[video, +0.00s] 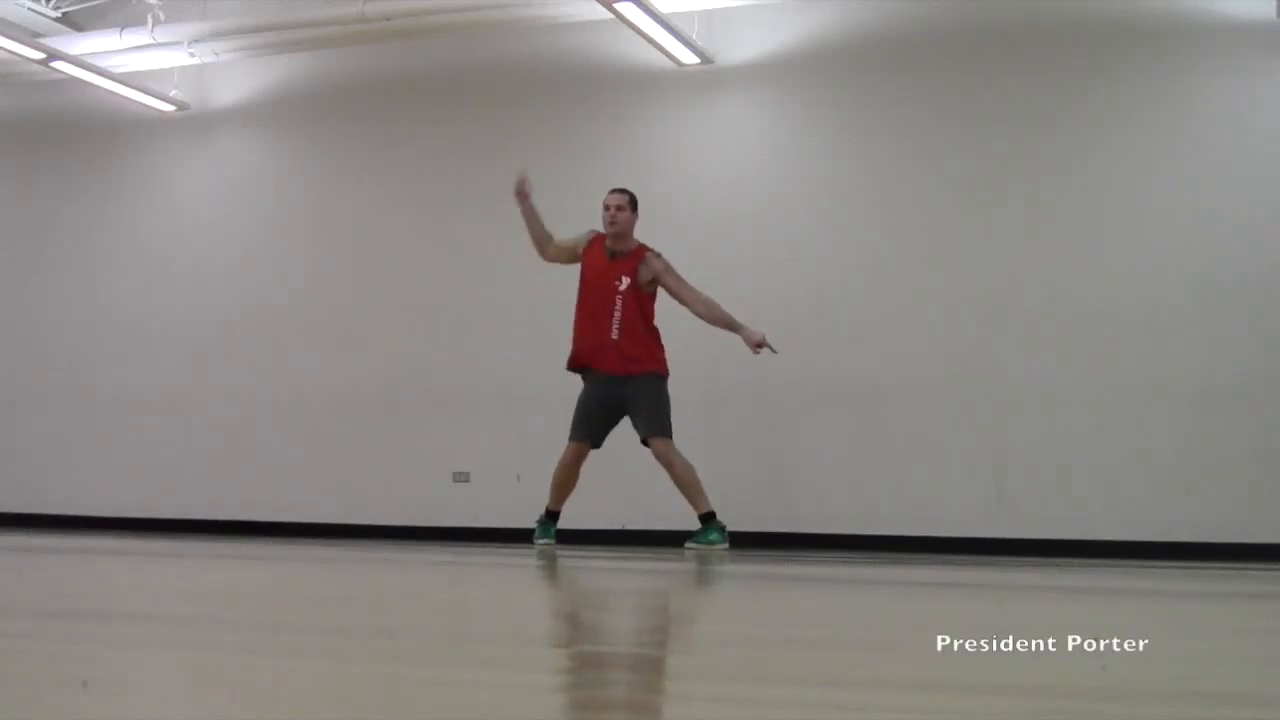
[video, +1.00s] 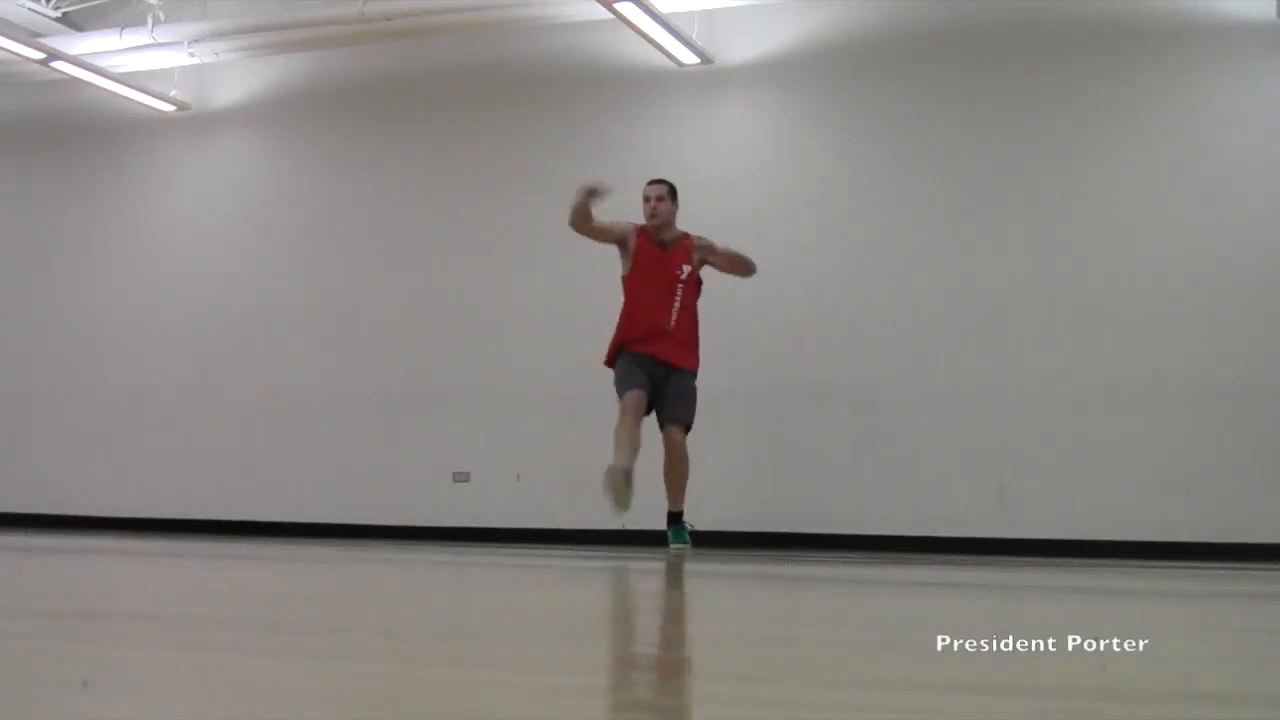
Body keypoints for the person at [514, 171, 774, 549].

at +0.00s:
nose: (610, 214)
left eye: (619, 209)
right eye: (606, 208)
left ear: (635, 217)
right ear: (601, 214)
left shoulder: (649, 262)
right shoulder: (589, 246)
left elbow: (696, 301)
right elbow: (549, 250)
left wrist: (743, 330)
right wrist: (526, 205)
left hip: (643, 373)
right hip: (600, 373)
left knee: (661, 448)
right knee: (575, 450)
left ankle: (710, 524)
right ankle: (548, 520)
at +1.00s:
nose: (652, 206)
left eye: (660, 200)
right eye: (647, 200)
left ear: (675, 206)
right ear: (642, 207)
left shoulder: (694, 246)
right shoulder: (630, 236)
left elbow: (747, 269)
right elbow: (582, 225)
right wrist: (582, 199)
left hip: (678, 356)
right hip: (635, 350)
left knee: (675, 436)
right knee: (632, 403)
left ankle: (676, 521)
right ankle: (621, 485)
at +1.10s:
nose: (660, 203)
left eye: (667, 197)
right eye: (655, 197)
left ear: (682, 203)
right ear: (649, 204)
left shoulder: (699, 240)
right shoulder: (635, 233)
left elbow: (739, 256)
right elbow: (583, 247)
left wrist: (704, 222)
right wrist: (618, 215)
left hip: (682, 347)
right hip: (640, 338)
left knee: (677, 438)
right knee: (667, 375)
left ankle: (647, 517)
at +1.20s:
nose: (660, 206)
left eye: (667, 199)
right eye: (654, 200)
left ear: (681, 204)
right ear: (648, 205)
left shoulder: (696, 238)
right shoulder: (639, 238)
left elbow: (732, 252)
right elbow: (598, 269)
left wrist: (703, 212)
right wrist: (615, 223)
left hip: (678, 348)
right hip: (646, 345)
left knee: (683, 441)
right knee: (705, 404)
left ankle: (632, 523)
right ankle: (709, 507)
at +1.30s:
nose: (659, 210)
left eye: (662, 202)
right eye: (651, 205)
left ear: (672, 210)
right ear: (640, 216)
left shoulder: (687, 242)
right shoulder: (635, 250)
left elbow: (734, 236)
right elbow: (637, 268)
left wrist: (695, 208)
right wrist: (644, 213)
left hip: (684, 361)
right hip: (666, 362)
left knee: (697, 451)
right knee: (728, 433)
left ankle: (633, 524)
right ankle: (702, 521)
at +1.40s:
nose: (660, 211)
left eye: (660, 205)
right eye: (651, 209)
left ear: (660, 210)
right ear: (635, 219)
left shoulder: (658, 239)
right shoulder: (659, 250)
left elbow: (705, 212)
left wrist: (684, 200)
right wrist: (717, 218)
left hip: (675, 367)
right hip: (692, 364)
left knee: (698, 450)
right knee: (739, 439)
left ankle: (638, 520)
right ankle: (708, 525)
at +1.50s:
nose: (679, 203)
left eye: (674, 197)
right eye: (675, 199)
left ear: (643, 209)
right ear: (673, 207)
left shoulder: (632, 238)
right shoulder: (698, 239)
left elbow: (659, 199)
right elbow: (724, 273)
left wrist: (699, 206)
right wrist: (724, 224)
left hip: (667, 363)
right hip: (708, 360)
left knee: (685, 442)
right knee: (742, 436)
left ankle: (663, 515)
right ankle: (708, 524)